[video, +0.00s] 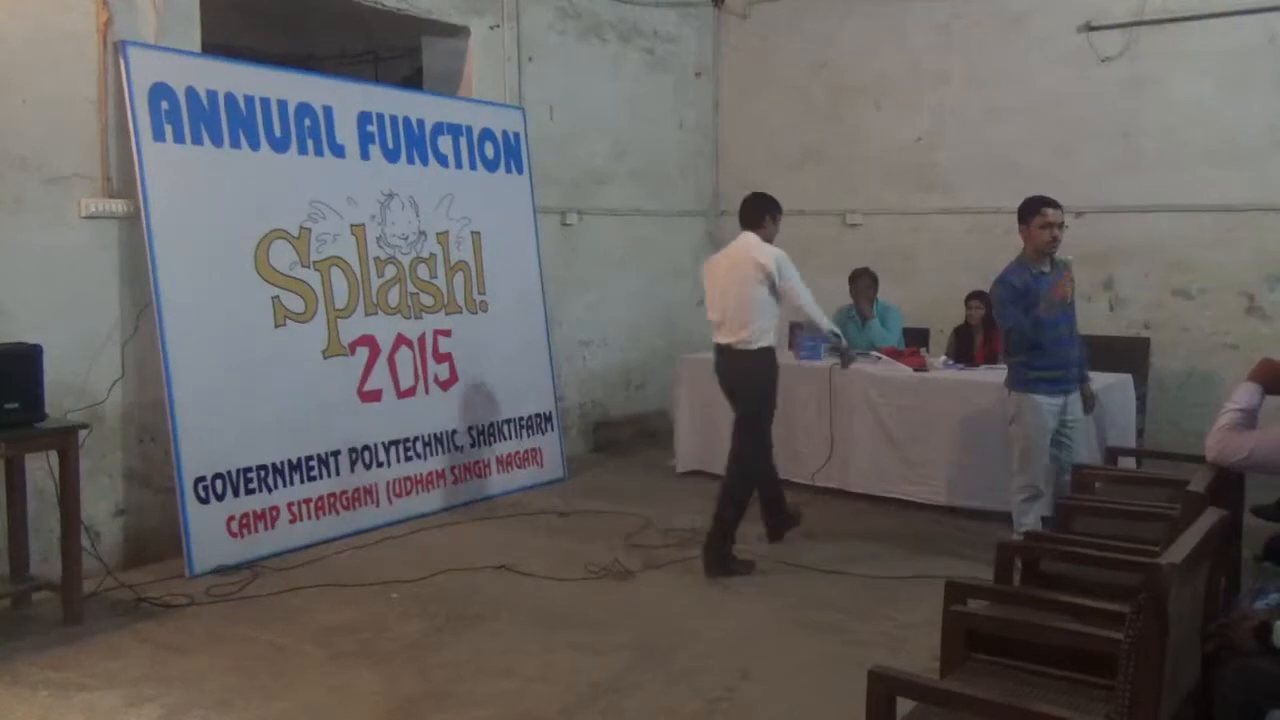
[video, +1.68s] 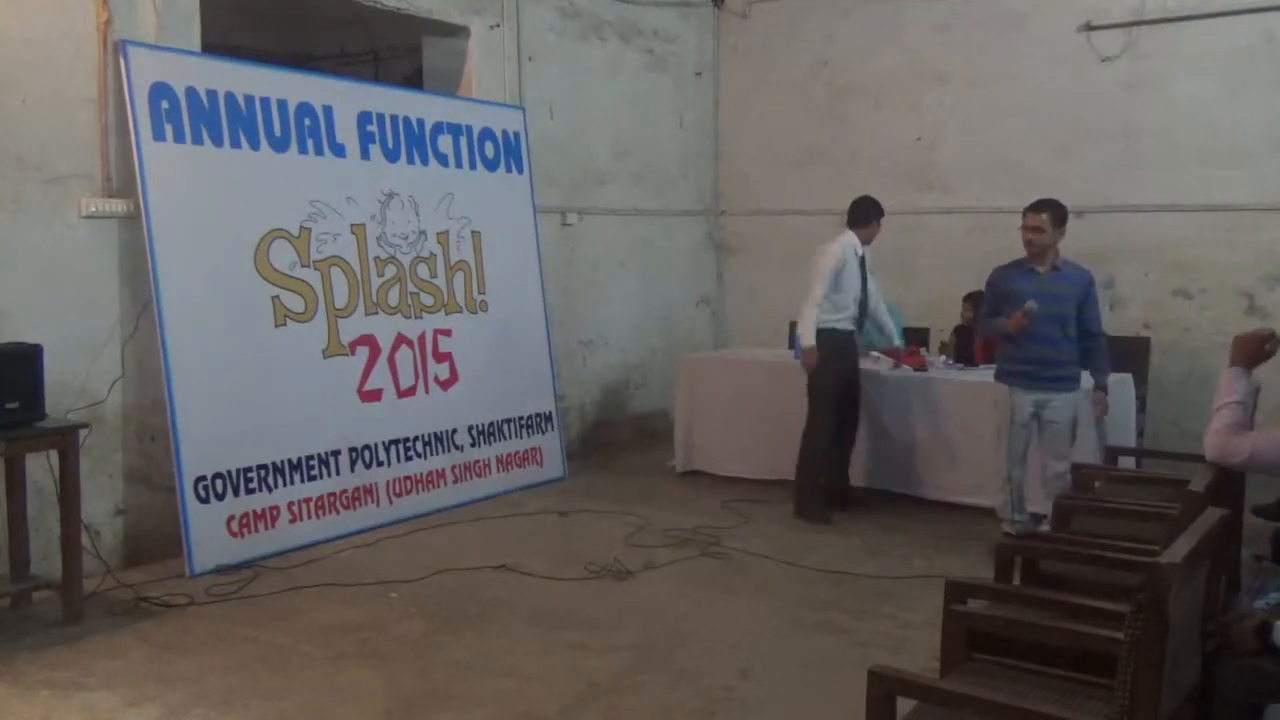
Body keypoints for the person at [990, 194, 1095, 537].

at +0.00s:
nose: (1055, 234)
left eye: (1059, 227)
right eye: (1046, 227)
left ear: (1062, 230)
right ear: (1023, 230)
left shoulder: (1062, 271)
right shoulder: (1007, 283)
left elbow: (1071, 332)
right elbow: (1015, 342)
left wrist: (1083, 379)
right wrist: (1051, 303)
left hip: (1068, 391)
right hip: (1032, 393)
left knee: (1066, 476)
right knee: (1031, 481)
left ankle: (1063, 545)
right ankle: (1028, 552)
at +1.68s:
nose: (1029, 237)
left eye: (1038, 230)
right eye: (1026, 229)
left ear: (1059, 234)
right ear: (1021, 230)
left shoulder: (1079, 280)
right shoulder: (1003, 277)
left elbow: (1092, 335)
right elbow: (983, 324)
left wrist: (1100, 384)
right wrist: (1006, 324)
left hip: (1061, 388)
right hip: (1016, 386)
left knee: (1057, 461)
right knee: (1013, 459)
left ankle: (1055, 524)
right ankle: (1015, 522)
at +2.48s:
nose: (1012, 241)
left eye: (1016, 233)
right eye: (1012, 234)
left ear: (1037, 233)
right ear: (1034, 234)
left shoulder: (1072, 277)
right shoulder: (1023, 275)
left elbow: (1075, 343)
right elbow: (1020, 324)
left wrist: (1043, 385)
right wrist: (996, 320)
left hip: (1053, 385)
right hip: (1016, 380)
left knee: (1053, 464)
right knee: (1012, 459)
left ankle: (1057, 532)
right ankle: (1013, 527)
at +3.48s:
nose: (1009, 241)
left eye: (1010, 234)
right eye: (1009, 234)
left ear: (1022, 235)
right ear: (1041, 233)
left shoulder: (1038, 276)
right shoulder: (1048, 270)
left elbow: (1029, 334)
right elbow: (1039, 327)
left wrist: (1017, 381)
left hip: (1035, 377)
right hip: (1037, 374)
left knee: (1038, 448)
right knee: (1019, 448)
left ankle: (1061, 513)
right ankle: (1015, 512)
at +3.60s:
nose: (1002, 241)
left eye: (1003, 234)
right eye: (1002, 233)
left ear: (1015, 234)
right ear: (1035, 233)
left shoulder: (1025, 273)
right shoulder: (1050, 270)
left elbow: (1014, 332)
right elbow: (1053, 322)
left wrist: (1004, 382)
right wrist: (1036, 351)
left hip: (1026, 373)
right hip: (1039, 370)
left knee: (1023, 446)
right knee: (1021, 445)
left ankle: (1038, 514)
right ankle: (1017, 511)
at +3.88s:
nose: (993, 239)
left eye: (994, 232)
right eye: (993, 232)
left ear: (1005, 233)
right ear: (1025, 232)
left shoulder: (1009, 273)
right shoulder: (1045, 272)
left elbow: (998, 330)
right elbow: (1053, 322)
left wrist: (973, 364)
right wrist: (1022, 337)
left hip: (1009, 375)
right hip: (1034, 374)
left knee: (994, 444)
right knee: (1024, 446)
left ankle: (1002, 514)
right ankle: (1020, 513)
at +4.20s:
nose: (976, 240)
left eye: (977, 234)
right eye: (977, 233)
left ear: (985, 236)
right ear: (1010, 233)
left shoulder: (986, 274)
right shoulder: (1033, 274)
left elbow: (967, 324)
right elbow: (1046, 322)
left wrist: (940, 331)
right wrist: (1025, 350)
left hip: (990, 377)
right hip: (1021, 374)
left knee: (969, 444)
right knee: (1017, 451)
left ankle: (946, 507)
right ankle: (1017, 516)